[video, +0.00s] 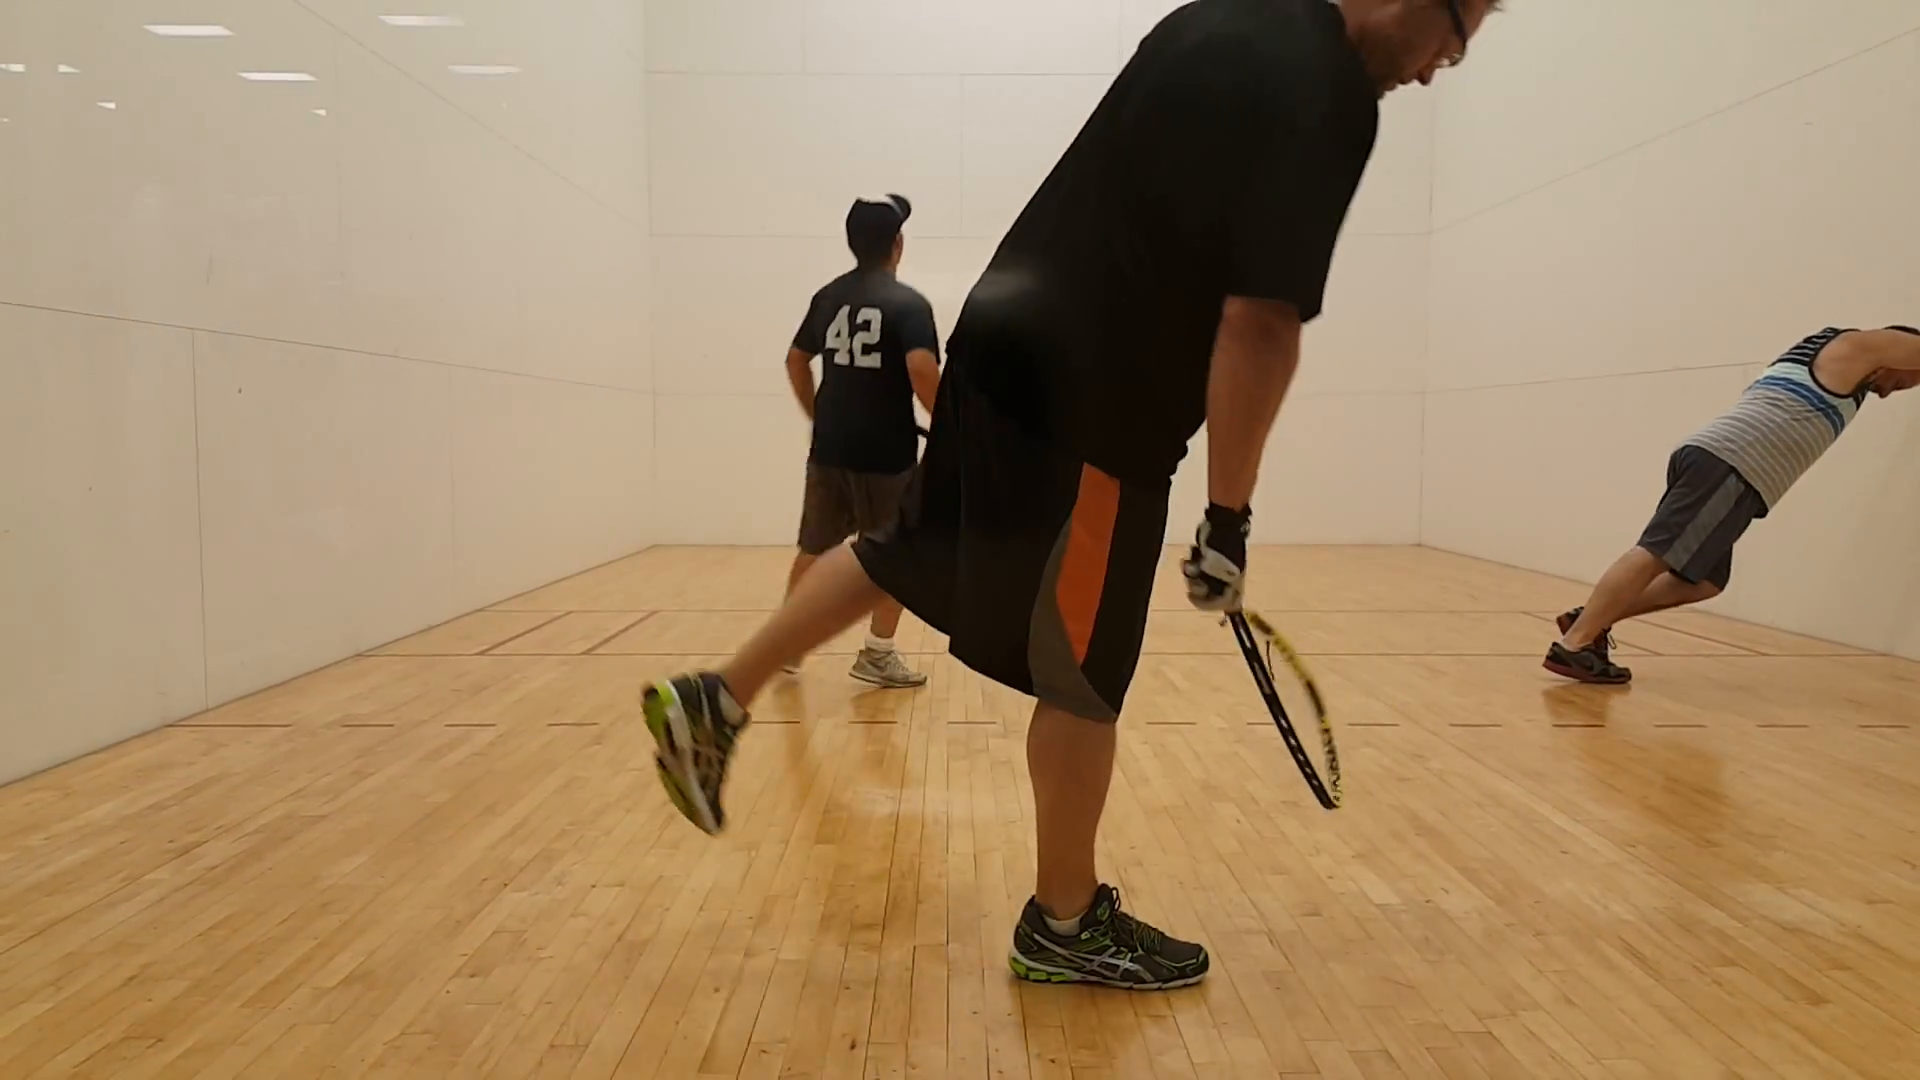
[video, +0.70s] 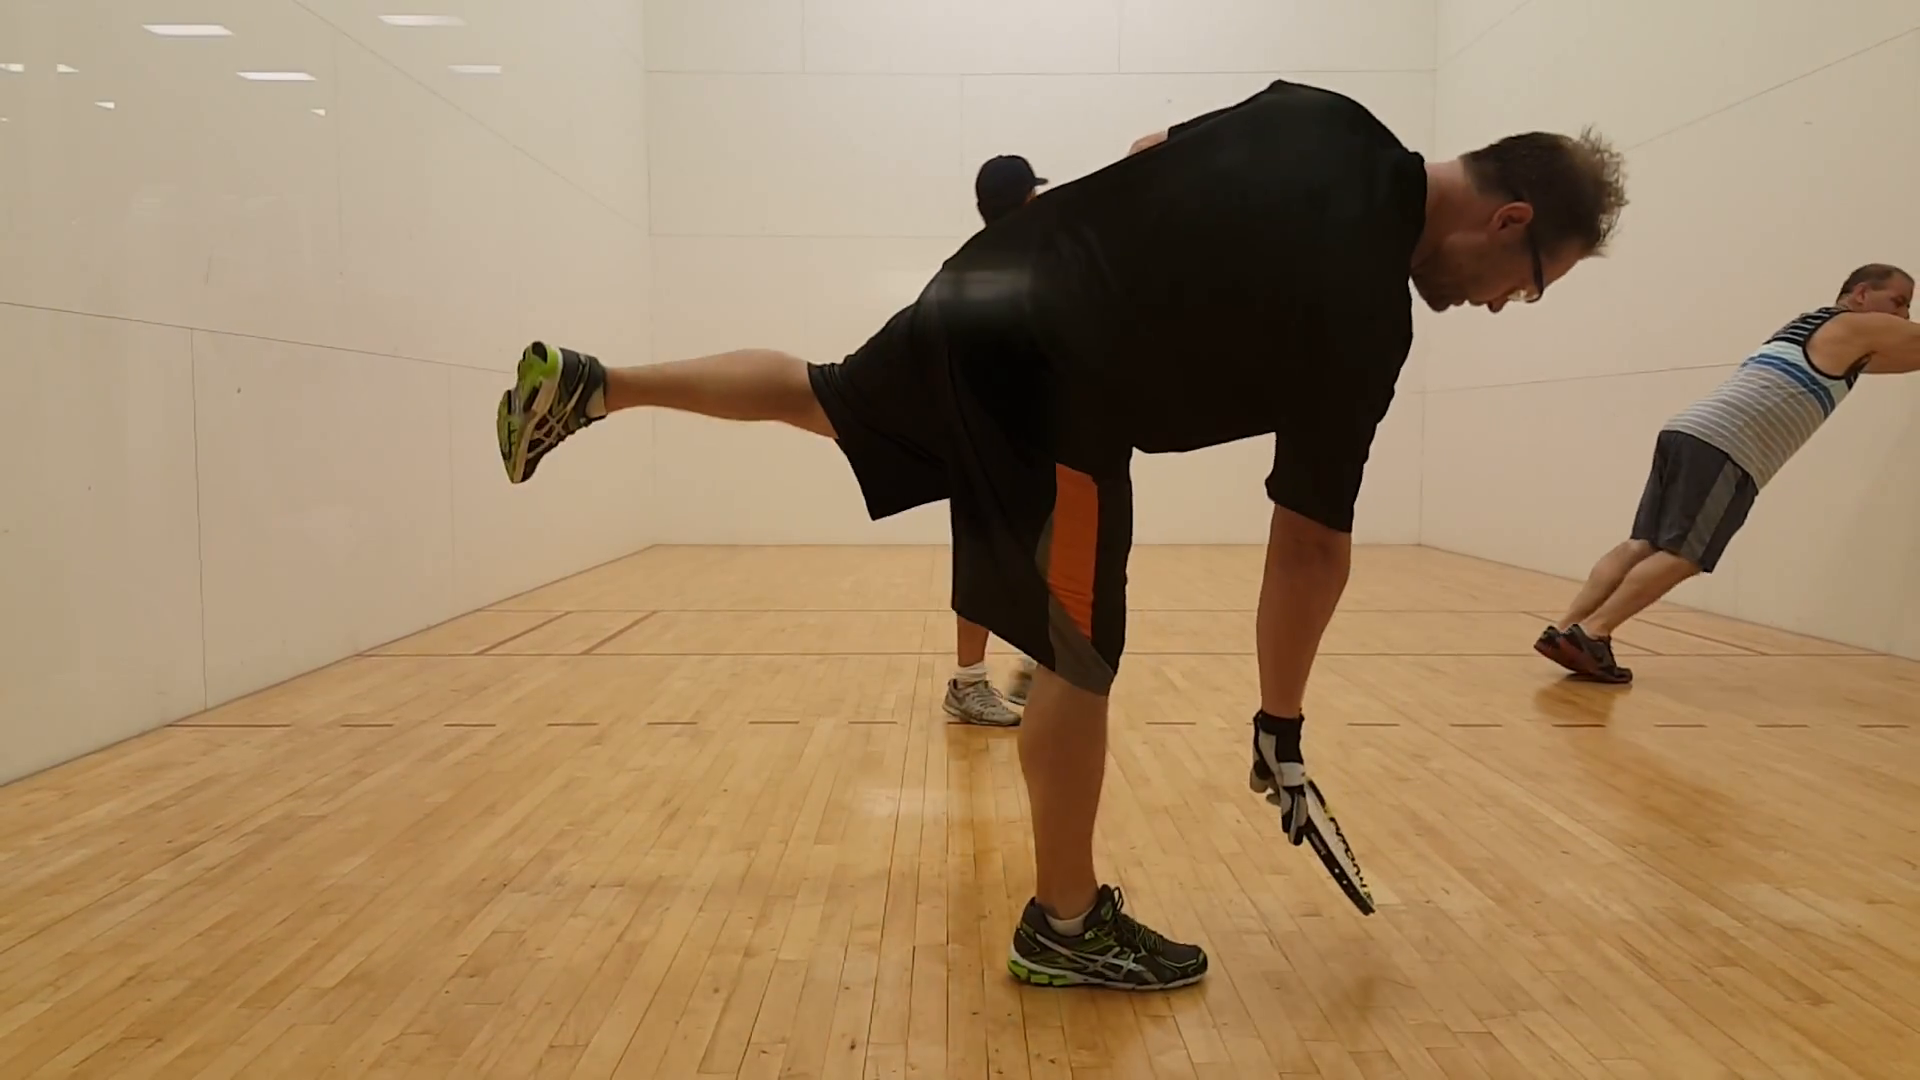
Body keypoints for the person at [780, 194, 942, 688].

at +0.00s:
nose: (905, 241)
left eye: (903, 234)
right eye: (903, 235)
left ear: (853, 244)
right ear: (895, 243)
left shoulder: (829, 296)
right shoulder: (909, 304)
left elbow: (797, 360)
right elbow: (922, 372)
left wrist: (816, 414)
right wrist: (948, 420)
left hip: (830, 445)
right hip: (887, 452)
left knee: (814, 548)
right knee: (894, 551)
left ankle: (788, 644)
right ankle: (878, 652)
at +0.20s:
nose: (930, 215)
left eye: (926, 206)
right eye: (926, 208)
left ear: (882, 221)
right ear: (919, 219)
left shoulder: (865, 272)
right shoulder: (927, 278)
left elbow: (837, 336)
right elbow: (920, 341)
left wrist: (881, 364)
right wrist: (961, 376)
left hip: (863, 433)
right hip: (914, 436)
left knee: (875, 538)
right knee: (933, 537)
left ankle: (845, 653)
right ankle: (920, 653)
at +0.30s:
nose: (947, 230)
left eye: (942, 221)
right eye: (943, 223)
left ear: (896, 234)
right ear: (937, 230)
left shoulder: (887, 290)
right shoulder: (934, 299)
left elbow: (869, 361)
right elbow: (944, 378)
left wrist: (923, 382)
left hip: (885, 449)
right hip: (930, 454)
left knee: (879, 556)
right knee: (952, 559)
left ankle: (840, 665)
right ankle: (953, 677)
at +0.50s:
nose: (994, 217)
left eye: (989, 209)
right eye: (991, 210)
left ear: (939, 223)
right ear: (982, 217)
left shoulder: (945, 279)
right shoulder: (975, 282)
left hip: (948, 450)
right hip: (971, 453)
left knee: (962, 559)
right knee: (974, 562)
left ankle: (892, 631)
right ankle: (966, 684)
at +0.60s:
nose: (1019, 206)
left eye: (1014, 199)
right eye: (1015, 200)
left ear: (958, 211)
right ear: (1007, 206)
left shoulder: (953, 276)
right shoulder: (1014, 268)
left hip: (970, 448)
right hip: (1001, 449)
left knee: (982, 551)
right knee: (984, 558)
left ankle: (959, 650)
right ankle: (965, 675)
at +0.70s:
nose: (1047, 202)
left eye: (1043, 196)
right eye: (1041, 196)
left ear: (983, 205)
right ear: (1029, 201)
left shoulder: (968, 262)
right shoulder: (1042, 258)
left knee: (1051, 544)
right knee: (980, 554)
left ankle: (1042, 659)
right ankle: (968, 681)